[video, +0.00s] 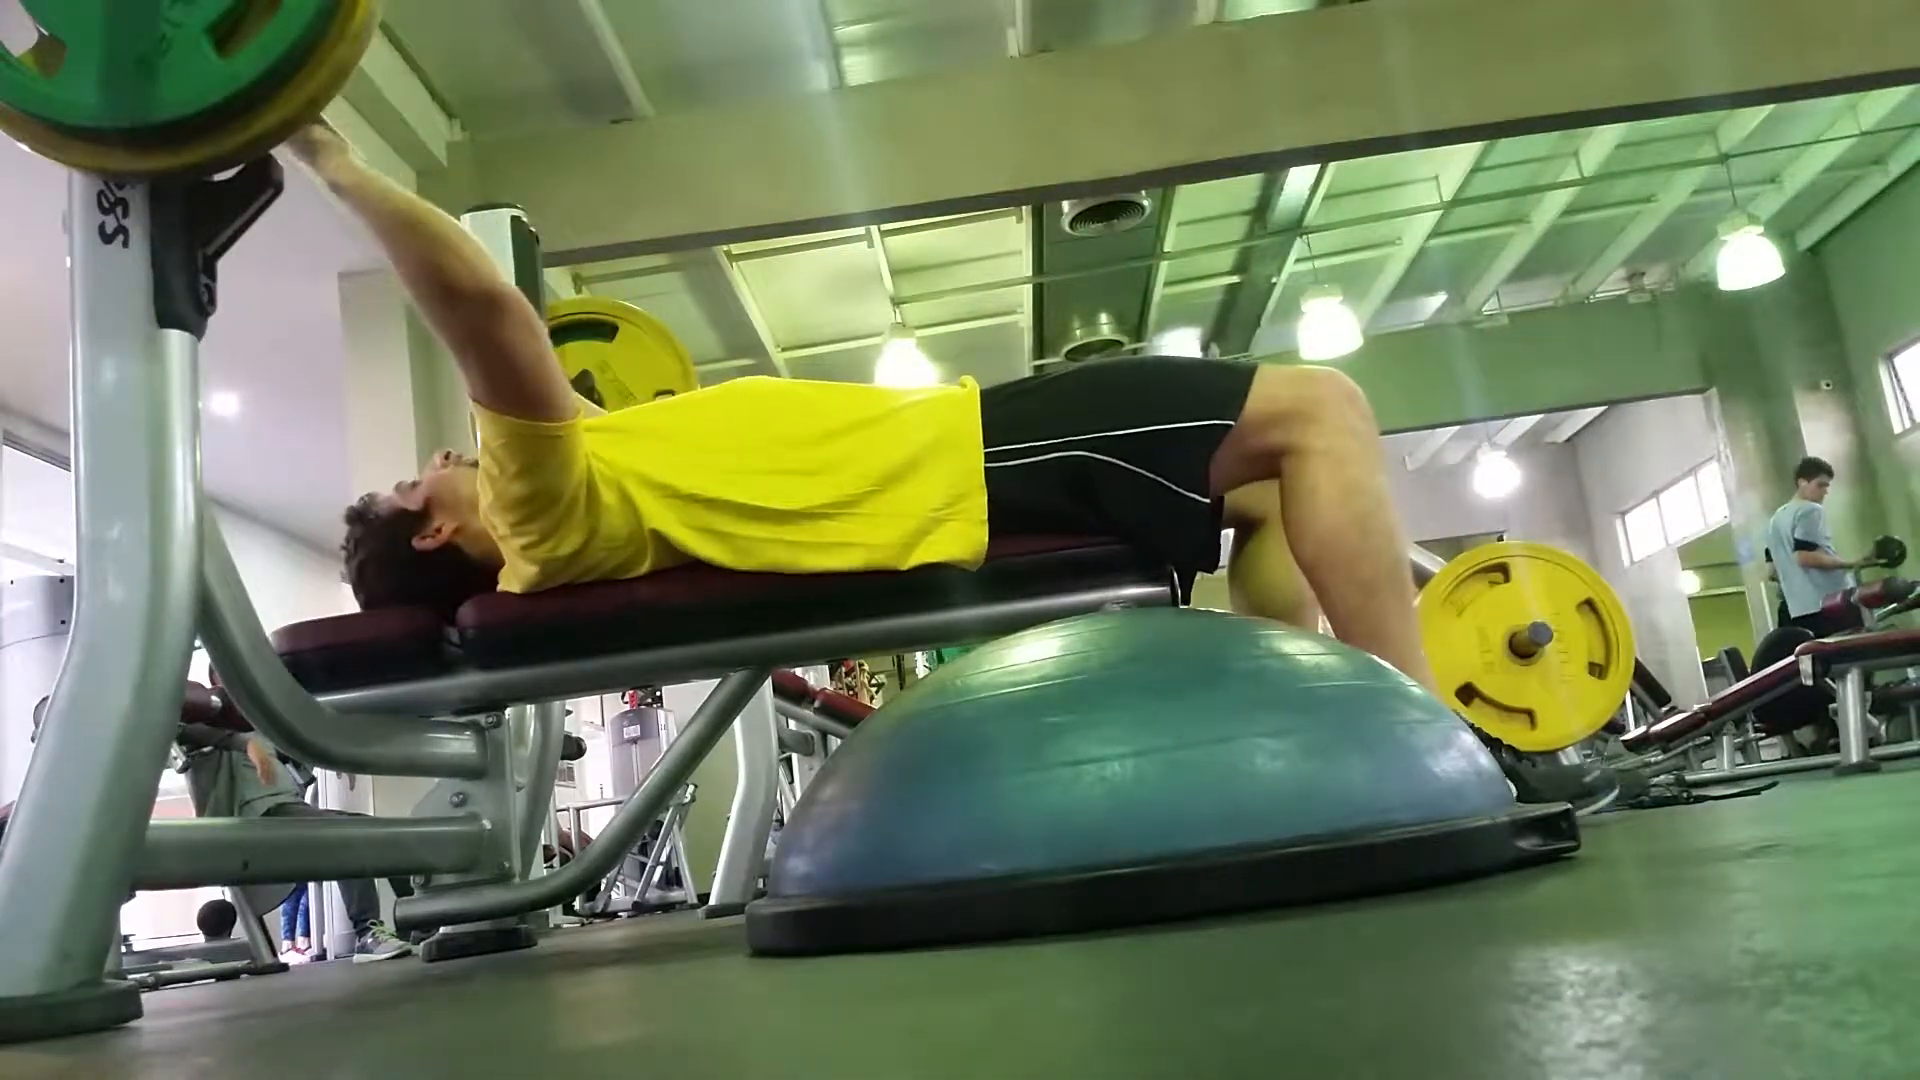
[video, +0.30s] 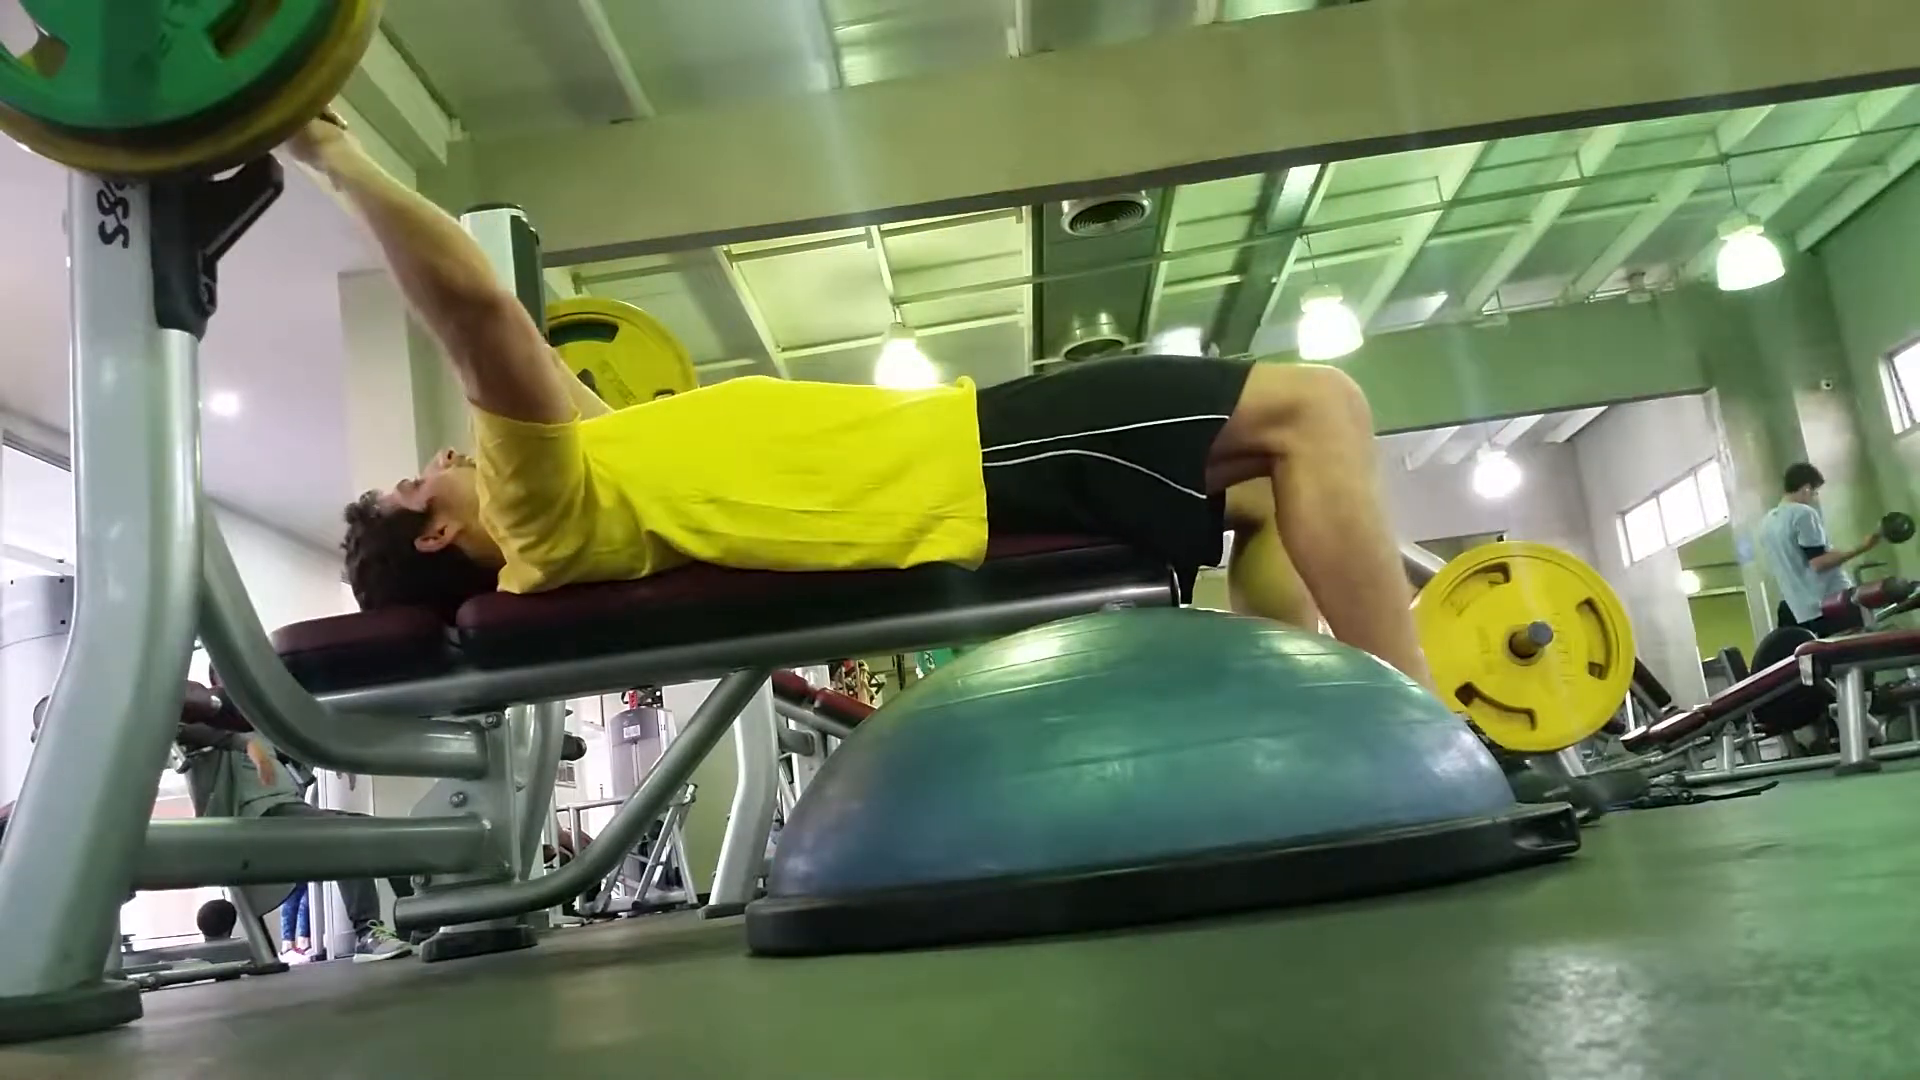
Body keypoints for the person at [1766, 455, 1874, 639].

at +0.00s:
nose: (1826, 491)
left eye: (1827, 486)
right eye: (1821, 485)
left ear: (1801, 483)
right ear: (1802, 482)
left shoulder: (1777, 518)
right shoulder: (1811, 510)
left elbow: (1773, 571)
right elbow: (1805, 556)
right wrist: (1853, 564)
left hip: (1801, 615)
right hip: (1831, 609)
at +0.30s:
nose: (1816, 500)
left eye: (1817, 494)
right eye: (1815, 493)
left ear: (1786, 488)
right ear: (1806, 489)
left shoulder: (1768, 521)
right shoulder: (1804, 514)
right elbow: (1818, 562)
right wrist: (1862, 548)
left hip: (1803, 614)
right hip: (1832, 608)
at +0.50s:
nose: (1814, 498)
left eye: (1815, 492)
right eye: (1813, 492)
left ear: (1783, 489)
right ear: (1802, 489)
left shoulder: (1766, 520)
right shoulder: (1803, 513)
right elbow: (1830, 557)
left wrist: (1839, 532)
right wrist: (1860, 528)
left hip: (1807, 610)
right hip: (1837, 605)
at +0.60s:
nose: (1818, 497)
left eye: (1819, 491)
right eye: (1817, 490)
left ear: (1789, 488)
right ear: (1807, 488)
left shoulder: (1767, 523)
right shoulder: (1806, 512)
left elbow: (1780, 565)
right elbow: (1833, 557)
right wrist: (1858, 517)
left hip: (1811, 609)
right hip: (1838, 604)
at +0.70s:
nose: (1824, 493)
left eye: (1825, 488)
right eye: (1823, 488)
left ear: (1794, 487)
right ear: (1813, 487)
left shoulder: (1773, 520)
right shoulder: (1810, 512)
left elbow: (1770, 554)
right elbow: (1831, 559)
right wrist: (1853, 521)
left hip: (1811, 611)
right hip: (1837, 605)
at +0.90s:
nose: (1819, 486)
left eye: (1818, 480)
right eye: (1817, 480)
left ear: (1791, 484)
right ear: (1809, 482)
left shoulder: (1773, 519)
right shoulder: (1810, 511)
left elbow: (1774, 568)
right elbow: (1817, 558)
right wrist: (1851, 541)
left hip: (1802, 615)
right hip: (1833, 609)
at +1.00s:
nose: (1815, 482)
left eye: (1813, 476)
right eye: (1812, 477)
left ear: (1787, 484)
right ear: (1803, 481)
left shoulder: (1774, 520)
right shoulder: (1809, 508)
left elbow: (1772, 567)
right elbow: (1815, 554)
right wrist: (1856, 558)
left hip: (1799, 612)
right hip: (1831, 606)